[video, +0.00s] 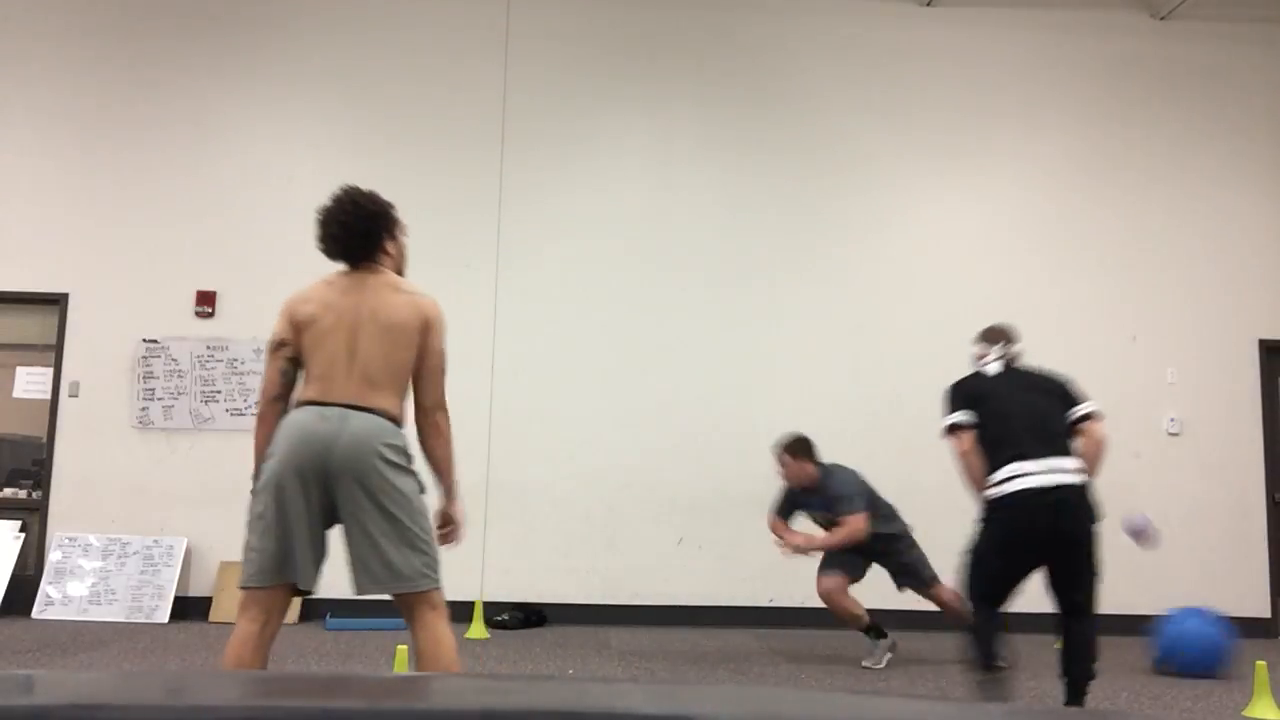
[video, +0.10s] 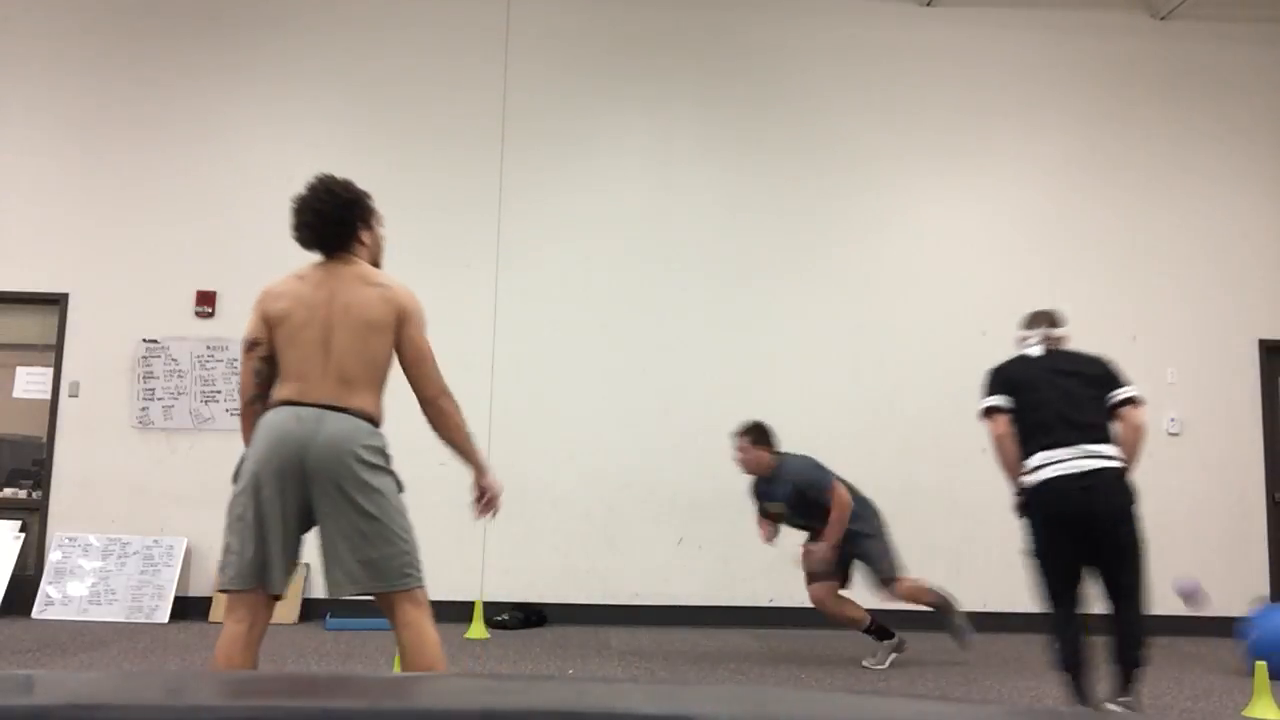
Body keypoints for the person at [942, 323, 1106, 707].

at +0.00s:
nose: (976, 360)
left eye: (977, 355)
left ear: (979, 354)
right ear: (1015, 351)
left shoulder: (966, 388)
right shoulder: (1051, 381)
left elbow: (966, 445)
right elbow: (1094, 433)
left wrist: (988, 495)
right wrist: (1075, 482)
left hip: (1013, 511)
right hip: (1071, 508)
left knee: (984, 596)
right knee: (1077, 605)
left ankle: (990, 669)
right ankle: (1076, 697)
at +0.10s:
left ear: (1020, 340)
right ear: (1062, 337)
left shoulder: (1003, 374)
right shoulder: (1095, 364)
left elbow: (1001, 431)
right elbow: (1134, 420)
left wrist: (1020, 483)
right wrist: (1120, 468)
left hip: (1049, 493)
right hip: (1106, 485)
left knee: (1063, 601)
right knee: (1125, 593)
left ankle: (1080, 695)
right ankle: (1125, 691)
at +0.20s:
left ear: (1067, 343)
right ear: (1110, 341)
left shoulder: (1047, 380)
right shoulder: (1137, 371)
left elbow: (1032, 435)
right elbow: (1175, 430)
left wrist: (1046, 493)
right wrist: (1162, 482)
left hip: (1089, 511)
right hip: (1144, 501)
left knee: (1117, 608)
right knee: (1181, 600)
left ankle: (1130, 703)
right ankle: (1206, 699)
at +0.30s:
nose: (1150, 353)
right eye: (1151, 347)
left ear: (1114, 348)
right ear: (1155, 348)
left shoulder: (1090, 391)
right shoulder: (1181, 383)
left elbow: (1070, 453)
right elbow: (1206, 446)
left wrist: (1068, 513)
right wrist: (1209, 502)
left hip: (1127, 522)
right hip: (1184, 514)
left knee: (1139, 611)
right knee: (1232, 607)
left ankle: (1130, 703)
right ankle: (1269, 693)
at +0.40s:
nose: (1195, 353)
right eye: (1196, 348)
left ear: (1156, 349)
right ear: (1196, 348)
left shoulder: (1132, 394)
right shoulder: (1219, 383)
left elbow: (1111, 458)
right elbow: (1245, 448)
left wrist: (1101, 514)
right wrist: (1256, 499)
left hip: (1171, 522)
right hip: (1227, 515)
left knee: (1169, 611)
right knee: (1270, 607)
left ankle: (1140, 691)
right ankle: (1276, 689)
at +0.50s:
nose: (1231, 350)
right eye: (1232, 345)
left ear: (1192, 345)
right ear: (1230, 346)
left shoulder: (1168, 390)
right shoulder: (1251, 383)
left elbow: (1148, 454)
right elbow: (1275, 443)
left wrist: (1140, 509)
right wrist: (1278, 482)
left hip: (1205, 516)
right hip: (1258, 509)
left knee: (1227, 604)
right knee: (1274, 598)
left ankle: (1185, 662)